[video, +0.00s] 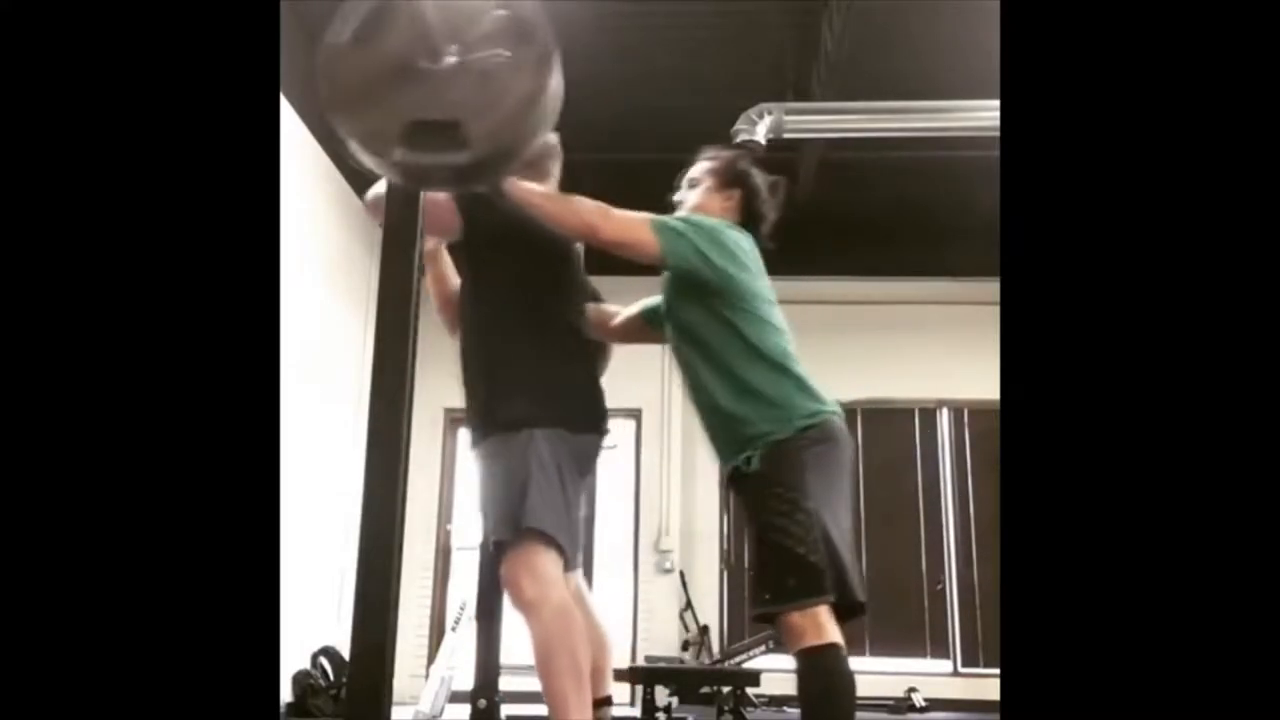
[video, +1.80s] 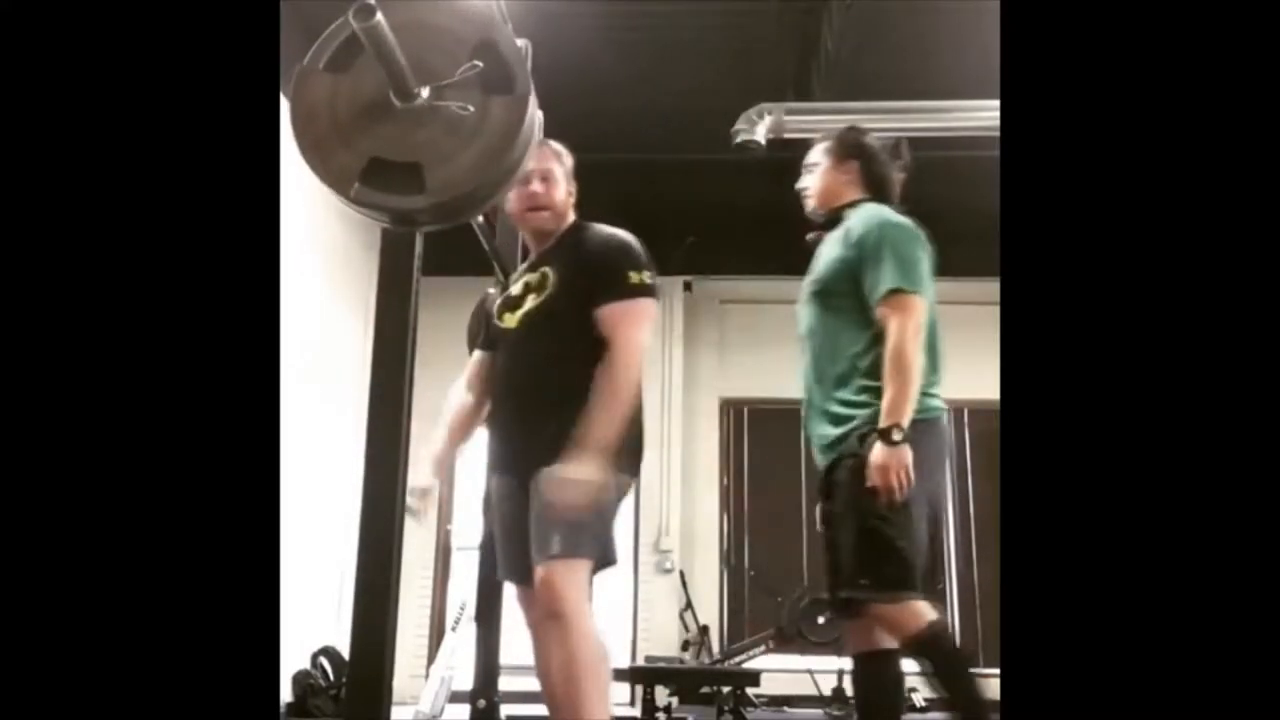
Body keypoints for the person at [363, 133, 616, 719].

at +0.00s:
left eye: (490, 155)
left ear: (507, 159)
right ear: (549, 168)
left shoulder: (509, 203)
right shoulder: (533, 227)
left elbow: (386, 205)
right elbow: (460, 319)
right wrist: (432, 244)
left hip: (537, 409)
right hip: (546, 413)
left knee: (529, 573)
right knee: (556, 576)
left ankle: (572, 714)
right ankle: (595, 707)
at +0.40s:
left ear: (480, 160)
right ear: (539, 171)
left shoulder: (484, 225)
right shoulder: (541, 239)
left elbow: (365, 247)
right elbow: (451, 342)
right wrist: (410, 282)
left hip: (521, 441)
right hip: (571, 437)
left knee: (512, 607)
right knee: (581, 606)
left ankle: (576, 713)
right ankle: (614, 713)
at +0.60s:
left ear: (476, 172)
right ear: (542, 173)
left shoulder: (485, 236)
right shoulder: (552, 244)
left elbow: (399, 286)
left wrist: (344, 316)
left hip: (547, 442)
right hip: (598, 435)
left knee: (541, 602)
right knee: (596, 602)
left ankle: (582, 716)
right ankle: (623, 715)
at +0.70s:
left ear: (479, 176)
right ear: (539, 178)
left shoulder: (497, 240)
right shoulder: (549, 245)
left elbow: (430, 339)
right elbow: (549, 371)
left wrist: (341, 395)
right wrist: (465, 422)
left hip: (556, 443)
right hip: (603, 435)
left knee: (551, 604)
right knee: (600, 603)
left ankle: (585, 716)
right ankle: (624, 716)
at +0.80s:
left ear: (486, 178)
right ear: (544, 177)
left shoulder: (503, 245)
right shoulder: (548, 247)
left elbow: (473, 351)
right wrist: (506, 482)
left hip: (558, 444)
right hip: (599, 438)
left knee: (555, 602)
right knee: (599, 605)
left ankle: (586, 716)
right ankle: (623, 714)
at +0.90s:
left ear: (490, 171)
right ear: (543, 170)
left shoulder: (507, 239)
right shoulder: (544, 239)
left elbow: (510, 359)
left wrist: (525, 470)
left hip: (560, 442)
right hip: (594, 438)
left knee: (553, 604)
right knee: (597, 606)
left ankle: (587, 712)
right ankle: (622, 713)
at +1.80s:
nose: (535, 189)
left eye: (547, 177)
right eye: (522, 180)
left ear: (571, 190)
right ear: (504, 200)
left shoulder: (606, 250)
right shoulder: (501, 297)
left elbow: (628, 355)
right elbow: (474, 388)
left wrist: (589, 453)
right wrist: (438, 457)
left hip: (576, 454)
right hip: (513, 464)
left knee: (560, 591)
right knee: (535, 602)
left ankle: (592, 715)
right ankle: (565, 714)